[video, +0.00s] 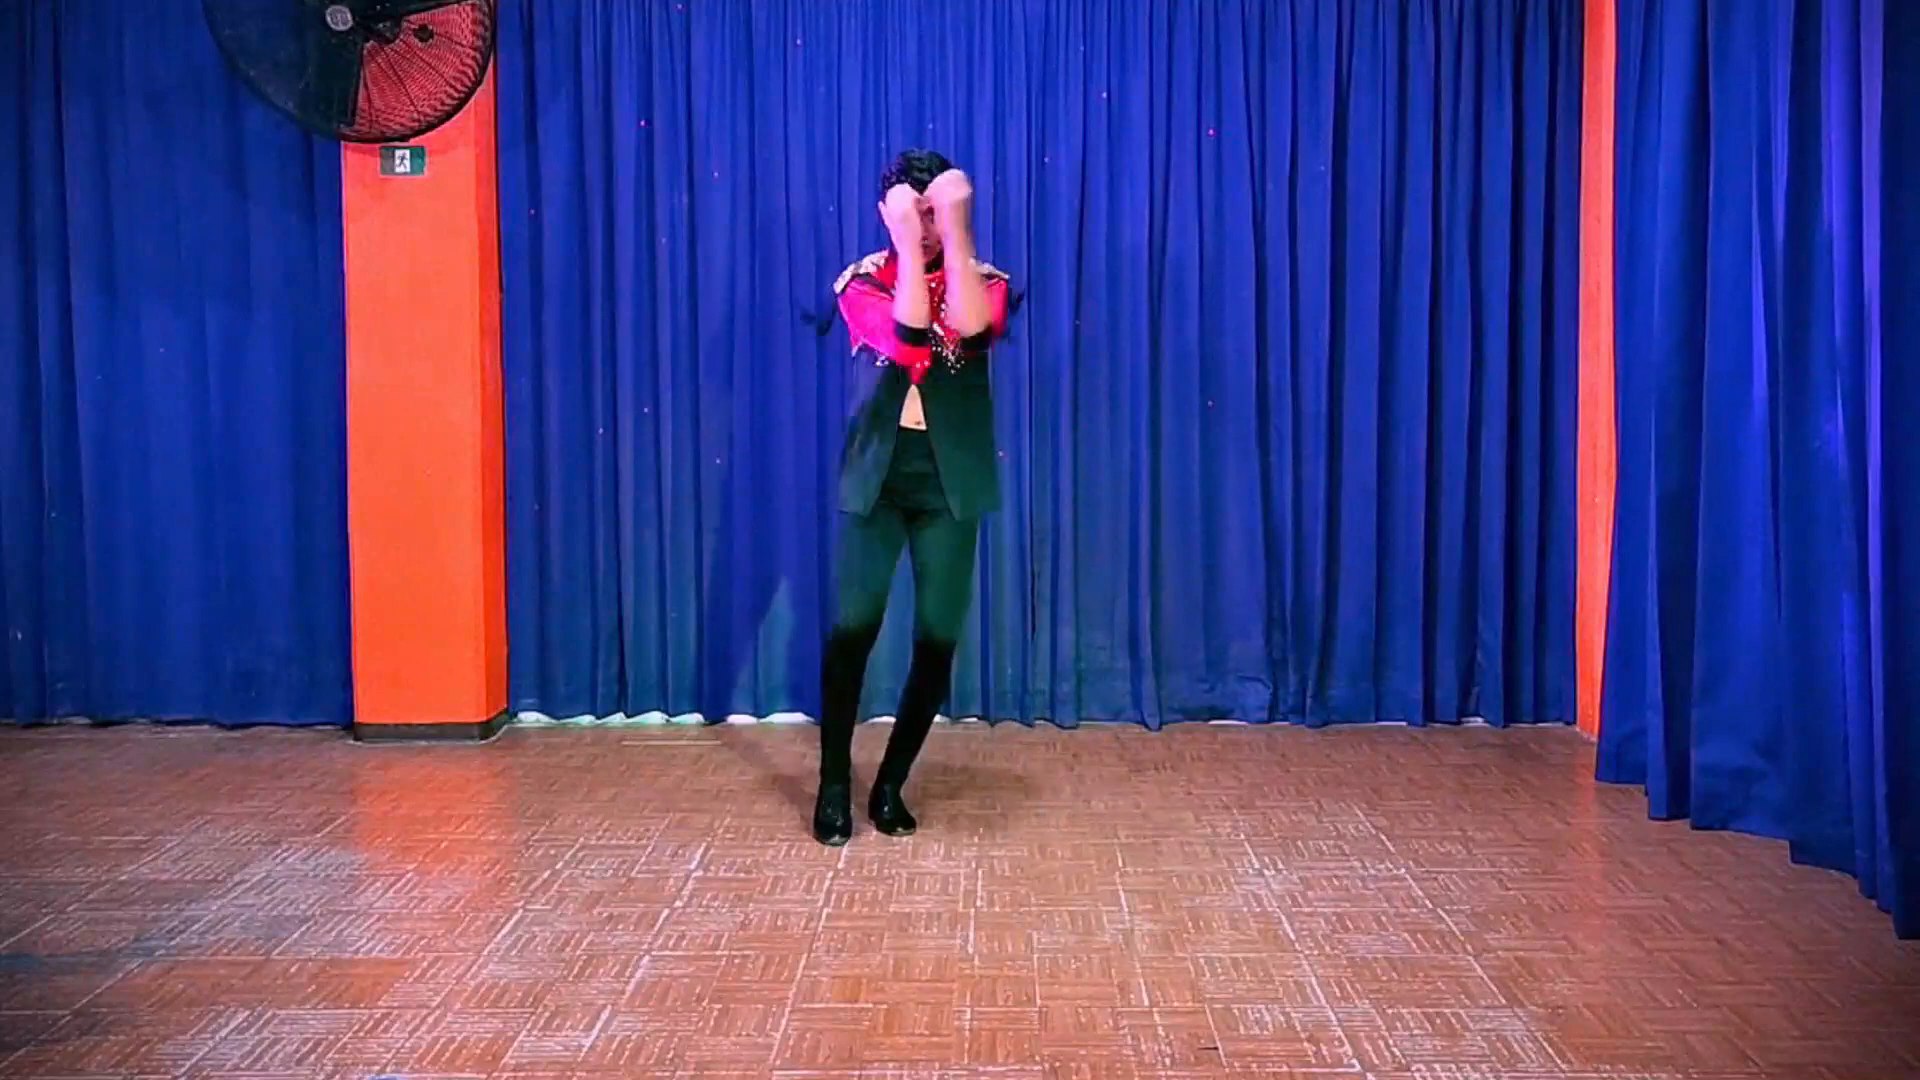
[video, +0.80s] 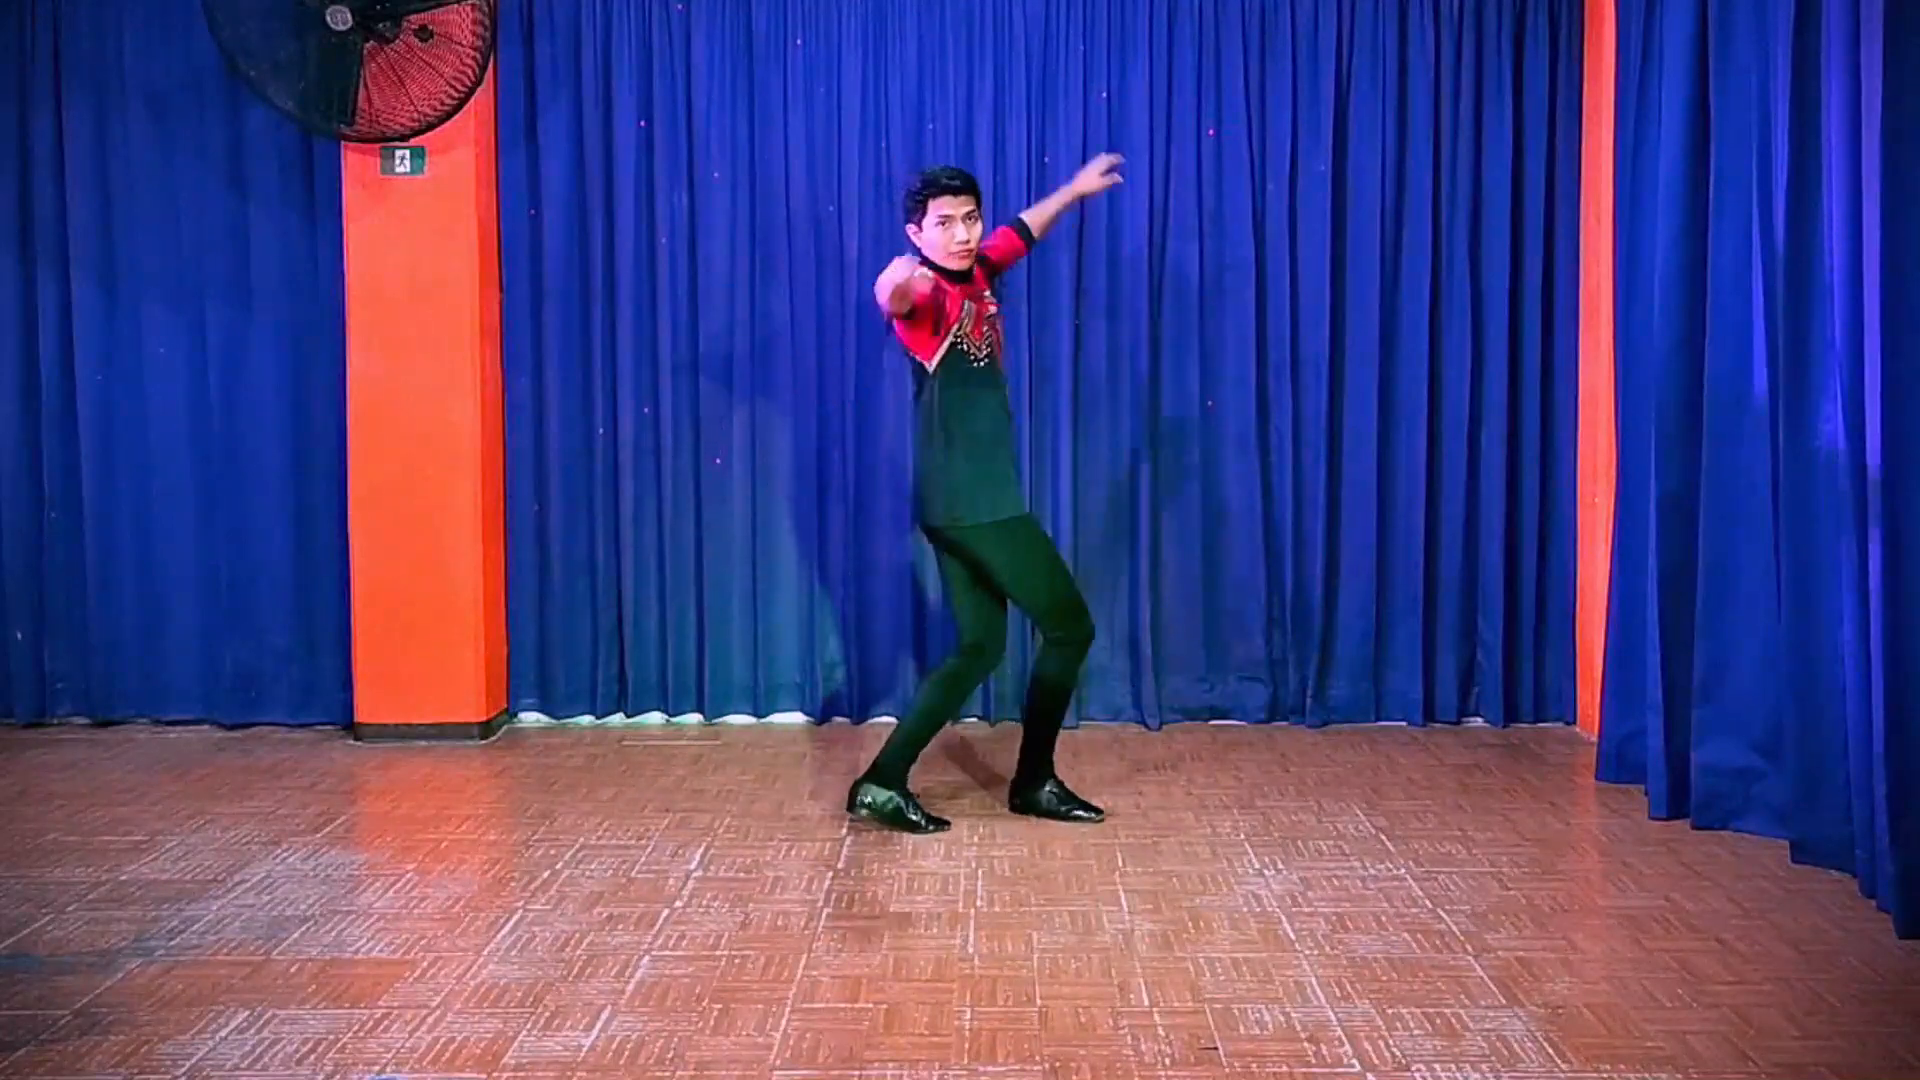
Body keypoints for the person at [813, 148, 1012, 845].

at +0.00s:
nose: (922, 216)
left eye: (932, 202)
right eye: (910, 204)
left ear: (953, 210)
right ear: (890, 214)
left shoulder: (989, 279)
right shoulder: (862, 280)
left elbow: (971, 322)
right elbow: (903, 335)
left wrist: (957, 226)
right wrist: (908, 242)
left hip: (953, 477)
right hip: (876, 473)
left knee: (939, 637)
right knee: (855, 623)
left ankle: (891, 785)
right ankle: (834, 783)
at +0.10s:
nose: (919, 226)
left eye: (933, 212)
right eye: (906, 212)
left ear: (952, 214)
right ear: (887, 213)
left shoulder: (979, 286)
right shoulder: (864, 287)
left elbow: (954, 378)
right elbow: (890, 378)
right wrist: (962, 304)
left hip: (957, 476)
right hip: (886, 473)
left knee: (941, 627)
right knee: (889, 614)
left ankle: (895, 780)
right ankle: (905, 772)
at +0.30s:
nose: (926, 231)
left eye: (940, 217)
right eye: (913, 217)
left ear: (958, 220)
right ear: (892, 219)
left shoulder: (992, 295)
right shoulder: (866, 305)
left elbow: (1042, 395)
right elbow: (842, 418)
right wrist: (837, 513)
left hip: (984, 480)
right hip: (913, 485)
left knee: (969, 640)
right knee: (973, 636)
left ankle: (891, 783)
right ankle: (1037, 777)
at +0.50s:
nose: (941, 237)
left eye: (953, 223)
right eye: (926, 225)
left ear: (970, 226)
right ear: (904, 229)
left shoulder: (990, 292)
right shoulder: (891, 305)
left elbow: (1067, 339)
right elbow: (832, 397)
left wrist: (1155, 372)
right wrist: (780, 481)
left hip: (987, 482)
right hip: (936, 487)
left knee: (974, 648)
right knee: (1025, 633)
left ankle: (873, 786)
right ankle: (1032, 783)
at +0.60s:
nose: (949, 235)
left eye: (960, 222)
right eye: (934, 223)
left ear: (976, 226)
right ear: (911, 229)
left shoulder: (990, 290)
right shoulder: (902, 304)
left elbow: (1067, 304)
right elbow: (842, 376)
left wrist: (1145, 309)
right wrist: (794, 436)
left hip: (987, 494)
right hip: (955, 499)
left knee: (979, 646)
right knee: (1045, 628)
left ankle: (877, 783)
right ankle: (1033, 783)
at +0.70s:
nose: (957, 234)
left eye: (966, 220)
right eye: (941, 223)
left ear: (979, 223)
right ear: (915, 230)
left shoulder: (987, 281)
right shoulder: (915, 299)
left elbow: (1047, 258)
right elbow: (866, 336)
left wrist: (1110, 235)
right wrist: (844, 355)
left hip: (971, 500)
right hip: (969, 503)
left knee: (982, 648)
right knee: (1061, 630)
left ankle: (880, 781)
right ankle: (1033, 782)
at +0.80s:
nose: (963, 234)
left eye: (970, 219)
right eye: (946, 222)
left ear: (982, 223)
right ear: (918, 233)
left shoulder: (981, 269)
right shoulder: (923, 289)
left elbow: (1027, 229)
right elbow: (901, 297)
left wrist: (1077, 187)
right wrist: (898, 279)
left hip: (958, 502)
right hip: (980, 501)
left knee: (981, 647)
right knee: (1069, 627)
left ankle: (882, 782)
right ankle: (1033, 782)